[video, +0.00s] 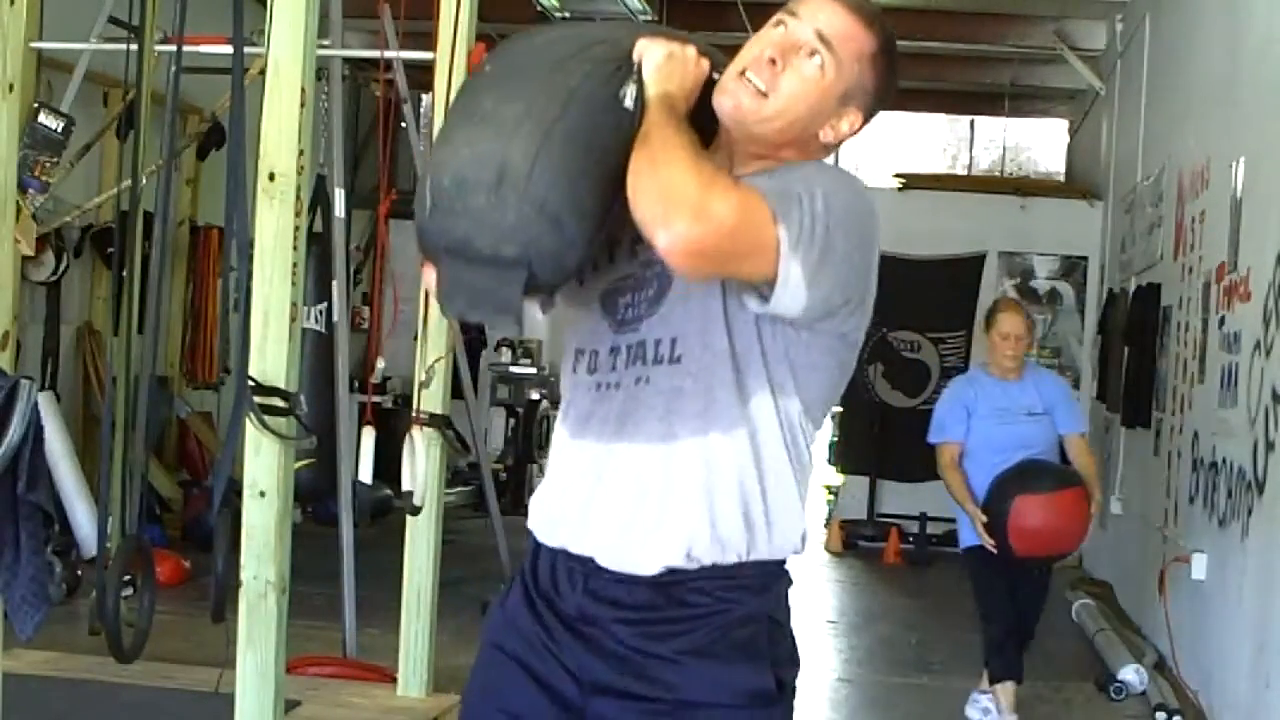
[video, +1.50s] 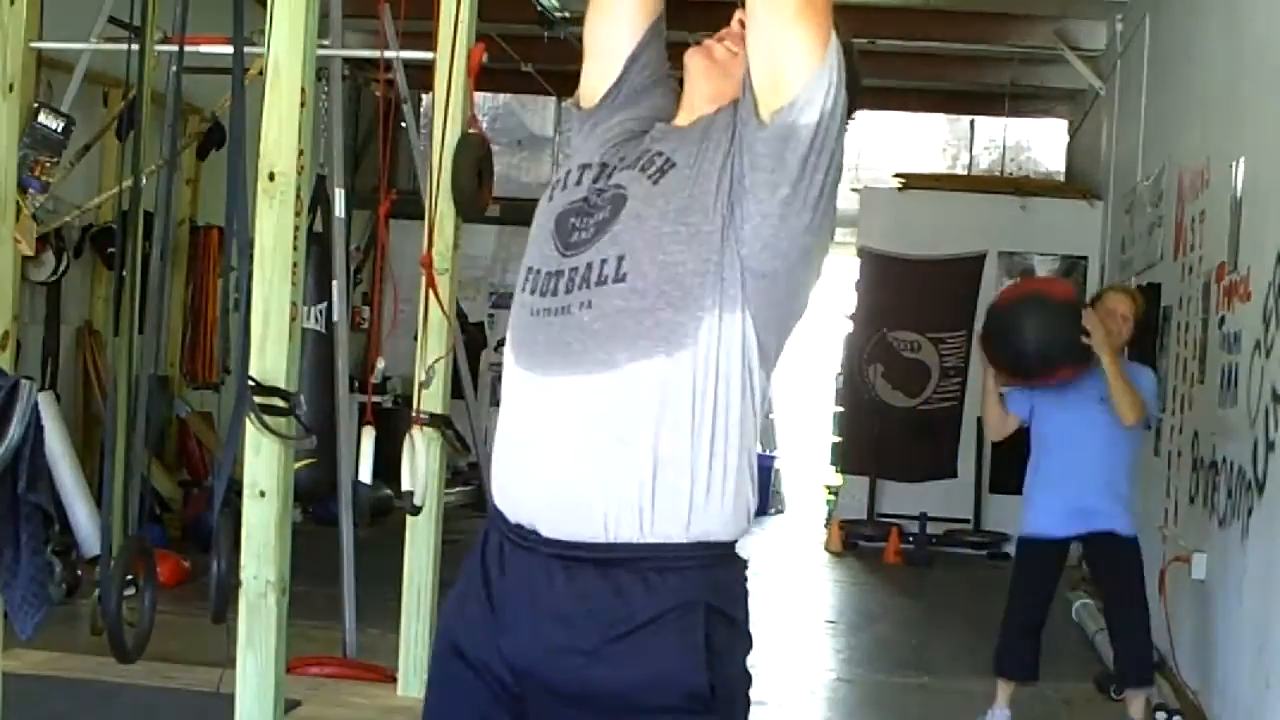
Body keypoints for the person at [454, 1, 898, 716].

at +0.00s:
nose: (774, 47)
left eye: (815, 54)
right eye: (779, 26)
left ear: (840, 124)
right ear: (748, 38)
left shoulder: (834, 207)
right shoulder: (622, 180)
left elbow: (691, 232)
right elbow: (454, 277)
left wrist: (664, 103)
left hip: (706, 635)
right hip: (546, 607)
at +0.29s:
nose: (771, 106)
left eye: (806, 118)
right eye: (780, 88)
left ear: (829, 191)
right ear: (753, 90)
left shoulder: (816, 270)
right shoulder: (592, 241)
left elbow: (681, 242)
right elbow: (421, 285)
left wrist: (665, 121)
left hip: (685, 688)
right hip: (516, 664)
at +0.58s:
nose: (784, 138)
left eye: (819, 153)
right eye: (795, 123)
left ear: (831, 228)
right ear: (763, 131)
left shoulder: (812, 305)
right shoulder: (606, 241)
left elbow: (694, 286)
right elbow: (411, 324)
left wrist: (664, 180)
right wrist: (530, 199)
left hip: (646, 683)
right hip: (479, 653)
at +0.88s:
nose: (828, 51)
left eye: (856, 65)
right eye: (836, 44)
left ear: (866, 131)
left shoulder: (798, 174)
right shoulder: (602, 140)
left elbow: (792, 13)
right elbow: (488, 38)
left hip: (626, 573)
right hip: (470, 545)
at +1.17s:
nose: (733, 37)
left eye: (762, 40)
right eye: (735, 30)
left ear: (779, 79)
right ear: (705, 42)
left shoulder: (781, 153)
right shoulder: (605, 131)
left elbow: (794, 7)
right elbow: (617, 4)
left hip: (663, 599)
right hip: (504, 574)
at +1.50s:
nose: (730, 29)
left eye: (759, 31)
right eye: (730, 19)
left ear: (779, 74)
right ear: (700, 40)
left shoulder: (777, 153)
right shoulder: (608, 128)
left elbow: (796, 3)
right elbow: (621, 0)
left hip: (658, 598)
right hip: (502, 572)